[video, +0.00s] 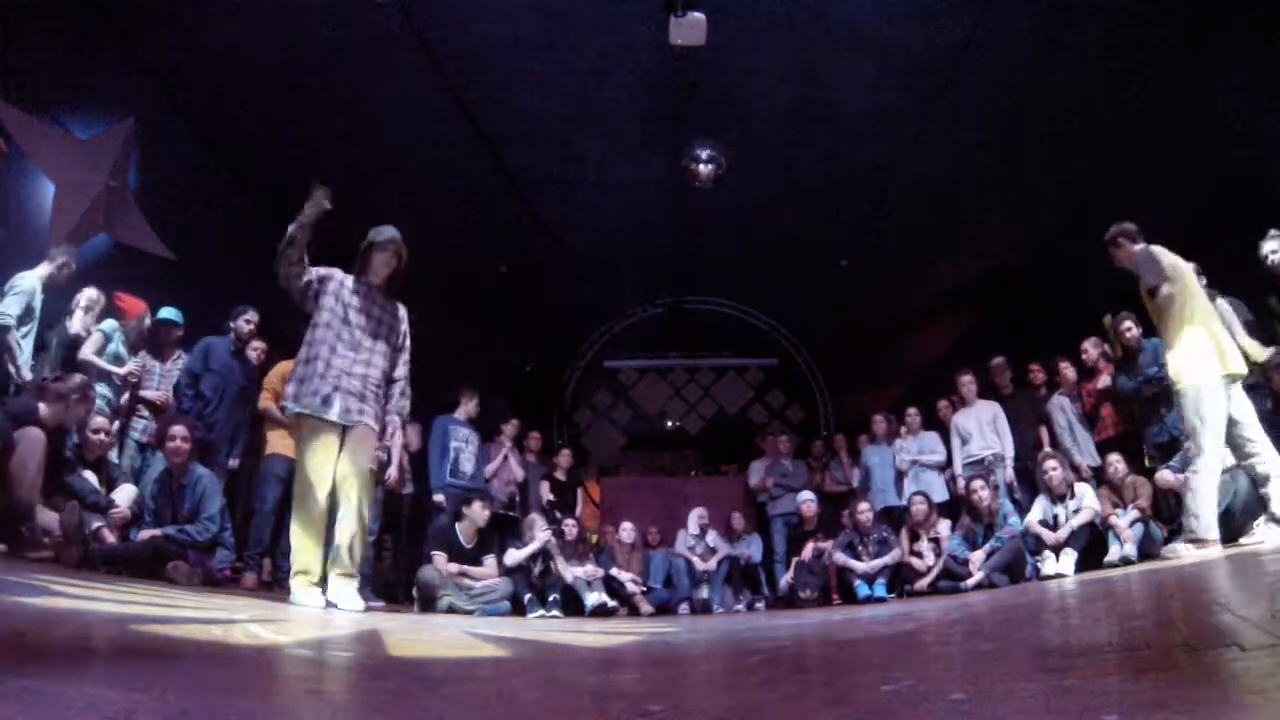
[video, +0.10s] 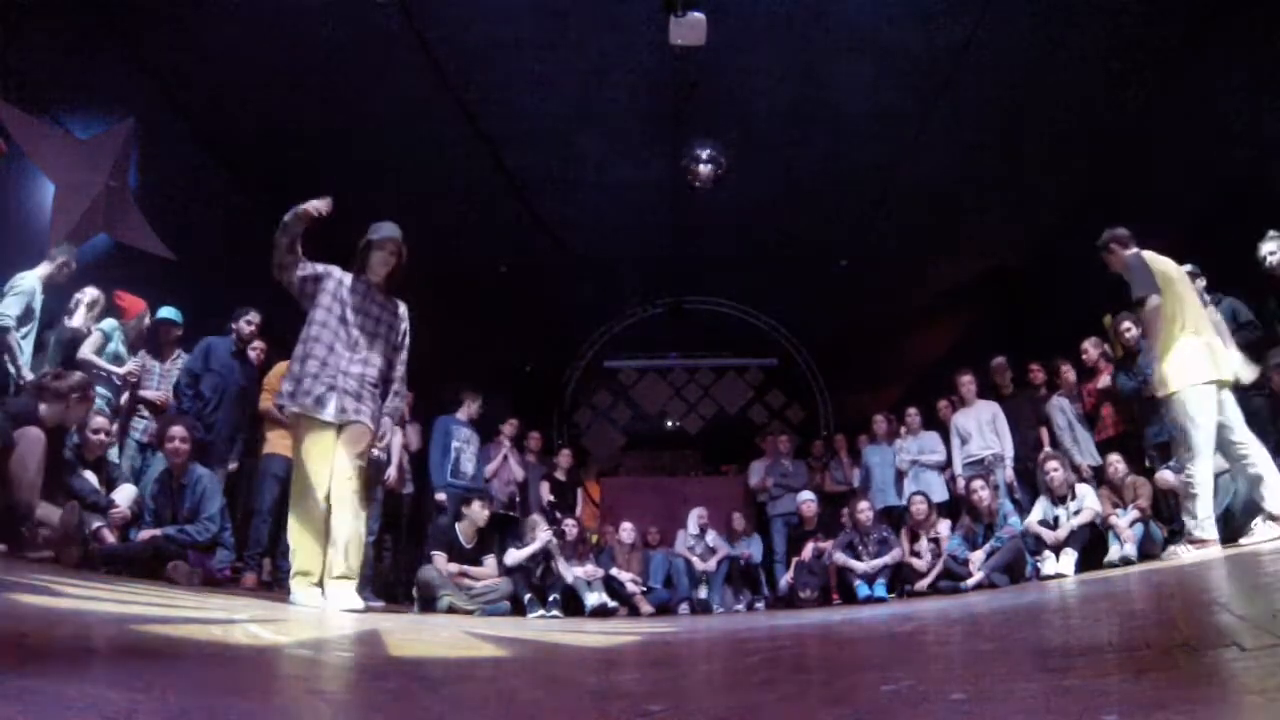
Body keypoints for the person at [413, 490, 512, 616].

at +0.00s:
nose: (488, 513)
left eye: (488, 509)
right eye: (483, 507)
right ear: (465, 509)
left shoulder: (485, 536)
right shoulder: (443, 530)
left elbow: (492, 572)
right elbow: (441, 568)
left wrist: (461, 569)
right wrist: (475, 584)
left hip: (478, 590)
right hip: (448, 588)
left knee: (507, 585)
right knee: (427, 573)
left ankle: (454, 605)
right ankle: (477, 610)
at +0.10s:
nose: (487, 513)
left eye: (488, 508)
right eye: (482, 507)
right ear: (465, 509)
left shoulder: (484, 536)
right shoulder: (444, 530)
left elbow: (492, 572)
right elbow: (441, 569)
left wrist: (461, 569)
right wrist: (474, 584)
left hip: (477, 590)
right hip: (448, 588)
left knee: (507, 585)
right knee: (427, 573)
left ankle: (455, 604)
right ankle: (477, 609)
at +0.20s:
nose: (487, 513)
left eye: (488, 508)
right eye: (482, 507)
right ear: (465, 509)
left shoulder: (484, 536)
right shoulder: (443, 530)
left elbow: (492, 572)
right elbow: (441, 569)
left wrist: (461, 569)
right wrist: (475, 584)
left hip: (476, 590)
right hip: (448, 588)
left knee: (507, 585)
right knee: (427, 573)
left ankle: (455, 605)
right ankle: (477, 609)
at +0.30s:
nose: (487, 513)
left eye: (488, 508)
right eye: (482, 507)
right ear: (465, 509)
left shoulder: (484, 536)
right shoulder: (443, 531)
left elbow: (492, 572)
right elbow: (441, 569)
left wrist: (461, 569)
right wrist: (474, 584)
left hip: (477, 590)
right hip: (448, 588)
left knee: (507, 585)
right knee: (427, 572)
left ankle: (456, 605)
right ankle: (476, 609)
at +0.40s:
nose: (487, 513)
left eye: (488, 508)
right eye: (481, 507)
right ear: (465, 509)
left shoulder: (484, 536)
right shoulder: (443, 530)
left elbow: (493, 572)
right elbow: (442, 570)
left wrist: (462, 569)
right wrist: (474, 584)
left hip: (477, 590)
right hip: (448, 588)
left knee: (507, 584)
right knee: (426, 572)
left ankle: (456, 604)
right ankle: (477, 609)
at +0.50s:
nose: (487, 513)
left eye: (488, 508)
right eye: (481, 507)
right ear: (465, 509)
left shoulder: (484, 536)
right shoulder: (443, 530)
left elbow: (493, 572)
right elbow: (442, 569)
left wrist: (462, 569)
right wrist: (474, 584)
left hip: (477, 590)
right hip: (447, 588)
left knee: (507, 584)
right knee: (426, 573)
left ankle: (455, 604)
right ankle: (477, 609)